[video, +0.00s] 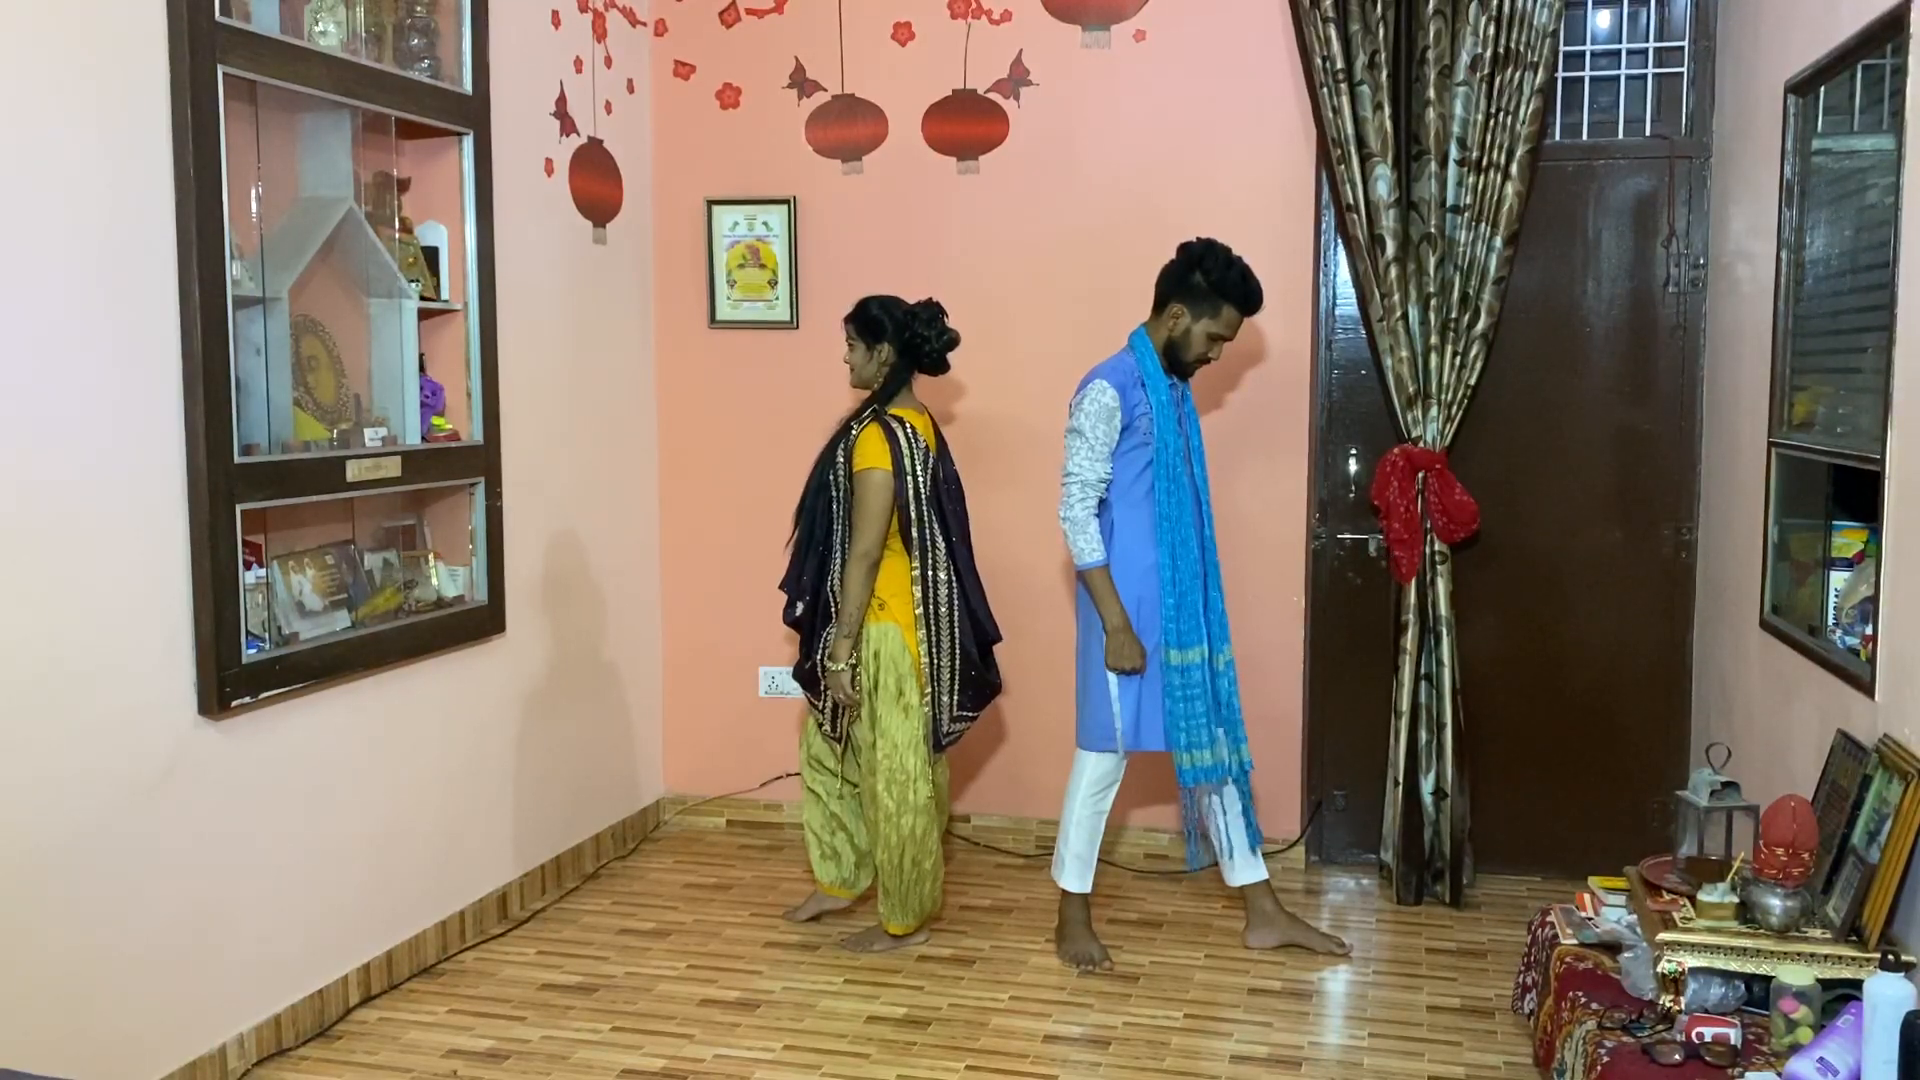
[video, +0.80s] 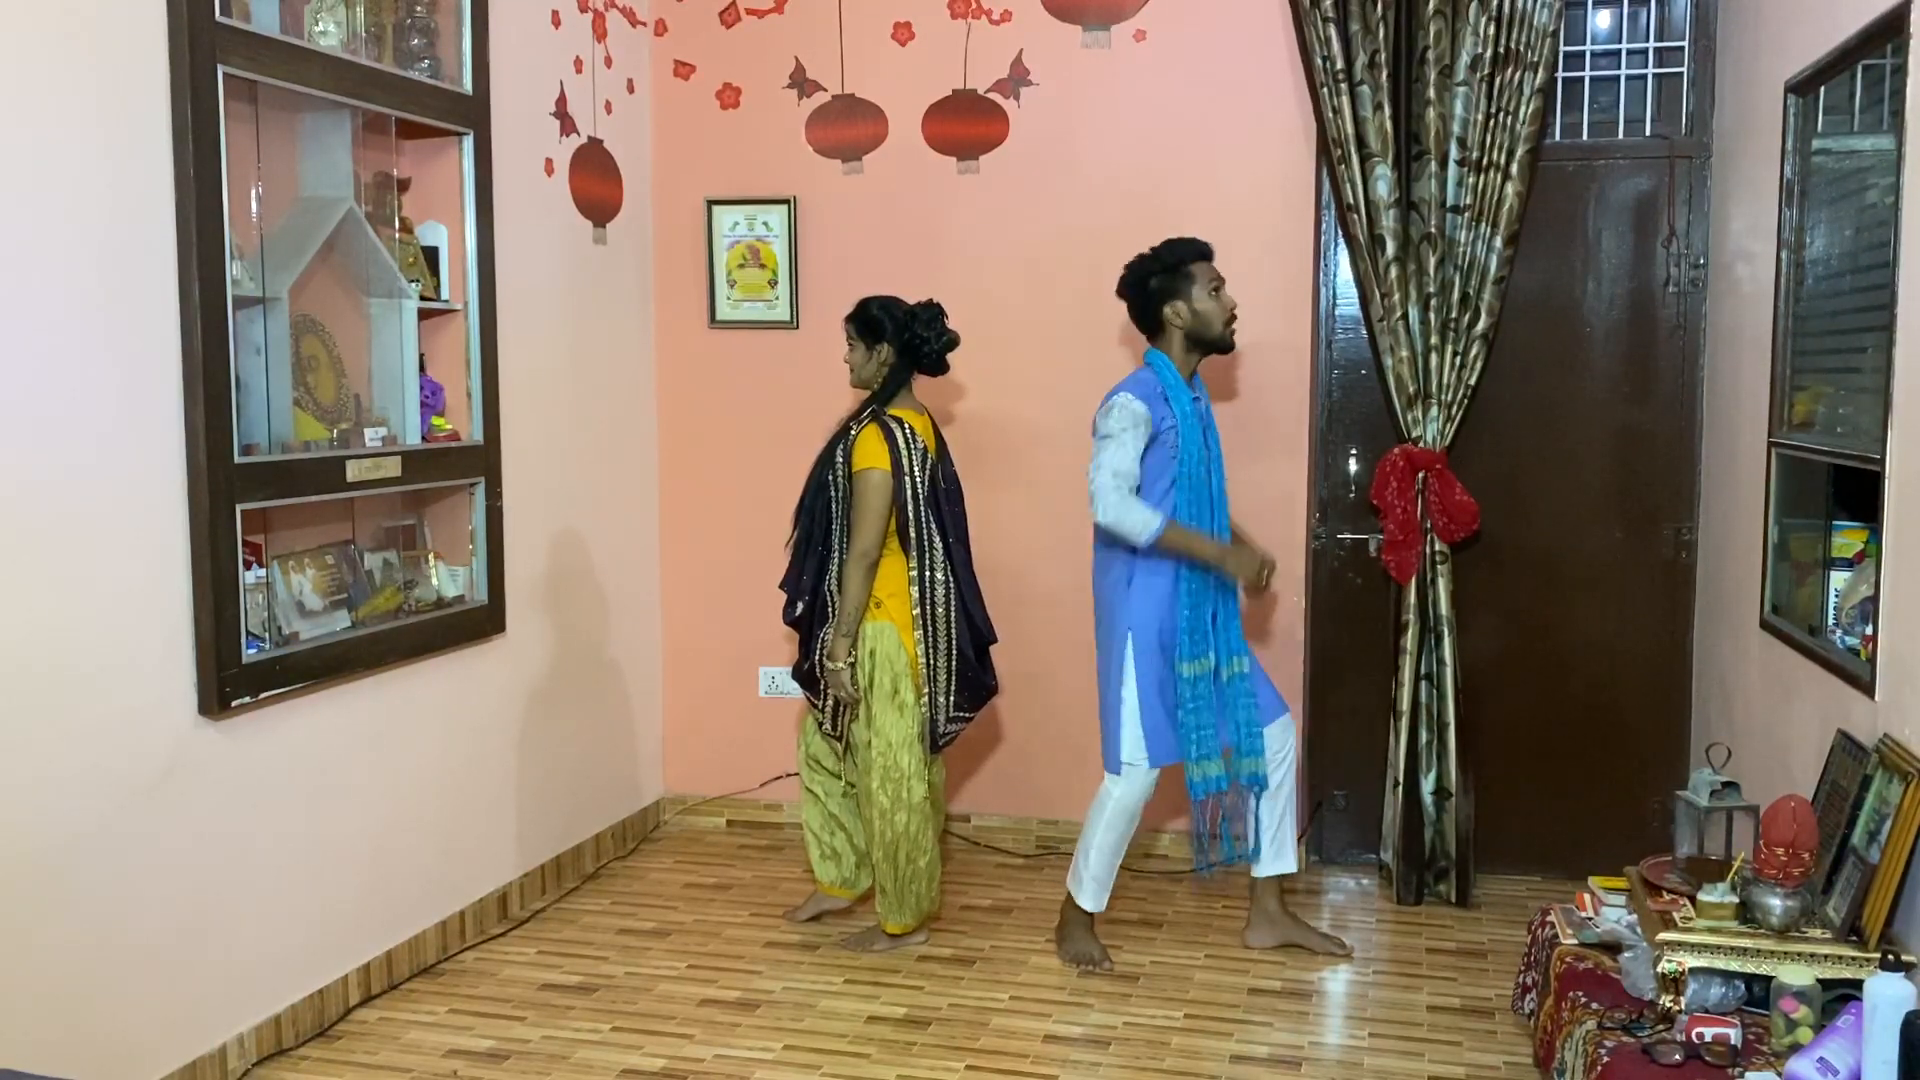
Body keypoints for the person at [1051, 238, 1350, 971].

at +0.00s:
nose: (1219, 352)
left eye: (1227, 339)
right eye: (1215, 336)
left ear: (1195, 320)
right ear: (1174, 311)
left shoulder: (1172, 391)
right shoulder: (1106, 392)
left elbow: (1170, 515)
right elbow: (1077, 514)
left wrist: (1195, 606)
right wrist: (1116, 623)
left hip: (1184, 603)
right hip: (1123, 604)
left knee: (1214, 743)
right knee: (1103, 753)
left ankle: (1263, 908)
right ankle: (1072, 914)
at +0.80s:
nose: (1232, 302)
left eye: (1225, 288)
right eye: (1216, 290)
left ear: (1181, 313)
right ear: (1173, 311)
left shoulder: (1188, 401)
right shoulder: (1135, 402)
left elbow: (1189, 502)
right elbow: (1111, 506)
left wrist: (1240, 546)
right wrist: (1215, 552)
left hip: (1196, 616)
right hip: (1140, 619)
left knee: (1277, 733)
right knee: (1136, 767)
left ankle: (1270, 908)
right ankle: (1078, 918)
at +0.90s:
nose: (1218, 272)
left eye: (1209, 260)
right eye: (1201, 264)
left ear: (1182, 289)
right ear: (1167, 290)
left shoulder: (1205, 378)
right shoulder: (1146, 368)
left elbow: (1258, 405)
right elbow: (1165, 376)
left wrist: (1263, 389)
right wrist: (1227, 373)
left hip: (1220, 589)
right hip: (1157, 588)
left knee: (1275, 731)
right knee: (1132, 752)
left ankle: (1271, 905)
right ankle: (1073, 907)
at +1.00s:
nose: (1205, 255)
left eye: (1198, 246)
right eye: (1190, 248)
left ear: (1175, 270)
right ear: (1155, 269)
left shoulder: (1201, 321)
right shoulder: (1158, 326)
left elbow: (1234, 225)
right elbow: (1177, 230)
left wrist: (1288, 157)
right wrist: (1255, 129)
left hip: (1230, 540)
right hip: (1170, 539)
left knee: (1253, 700)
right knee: (1131, 707)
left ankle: (1278, 880)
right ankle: (1075, 885)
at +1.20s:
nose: (1202, 251)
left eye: (1192, 242)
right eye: (1183, 245)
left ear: (1164, 274)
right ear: (1155, 274)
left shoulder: (1219, 325)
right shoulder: (1173, 336)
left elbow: (1241, 247)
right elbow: (1191, 247)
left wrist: (1266, 171)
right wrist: (1247, 161)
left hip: (1250, 557)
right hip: (1193, 558)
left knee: (1258, 714)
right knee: (1144, 718)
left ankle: (1268, 890)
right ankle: (1076, 890)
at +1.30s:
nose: (1206, 262)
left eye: (1196, 253)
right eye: (1189, 260)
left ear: (1180, 287)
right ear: (1162, 293)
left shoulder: (1207, 346)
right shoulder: (1164, 353)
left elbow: (1244, 345)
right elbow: (1198, 350)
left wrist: (1267, 323)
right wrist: (1254, 322)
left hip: (1254, 568)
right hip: (1200, 571)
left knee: (1260, 725)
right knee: (1147, 728)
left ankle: (1264, 898)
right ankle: (1064, 890)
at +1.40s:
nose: (1213, 284)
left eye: (1202, 274)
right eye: (1195, 280)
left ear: (1174, 310)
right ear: (1165, 311)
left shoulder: (1218, 385)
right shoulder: (1166, 394)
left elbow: (1221, 495)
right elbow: (1169, 508)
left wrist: (1299, 479)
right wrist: (1280, 478)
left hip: (1251, 598)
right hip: (1194, 601)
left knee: (1288, 738)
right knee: (1165, 763)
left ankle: (1268, 901)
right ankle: (1065, 898)